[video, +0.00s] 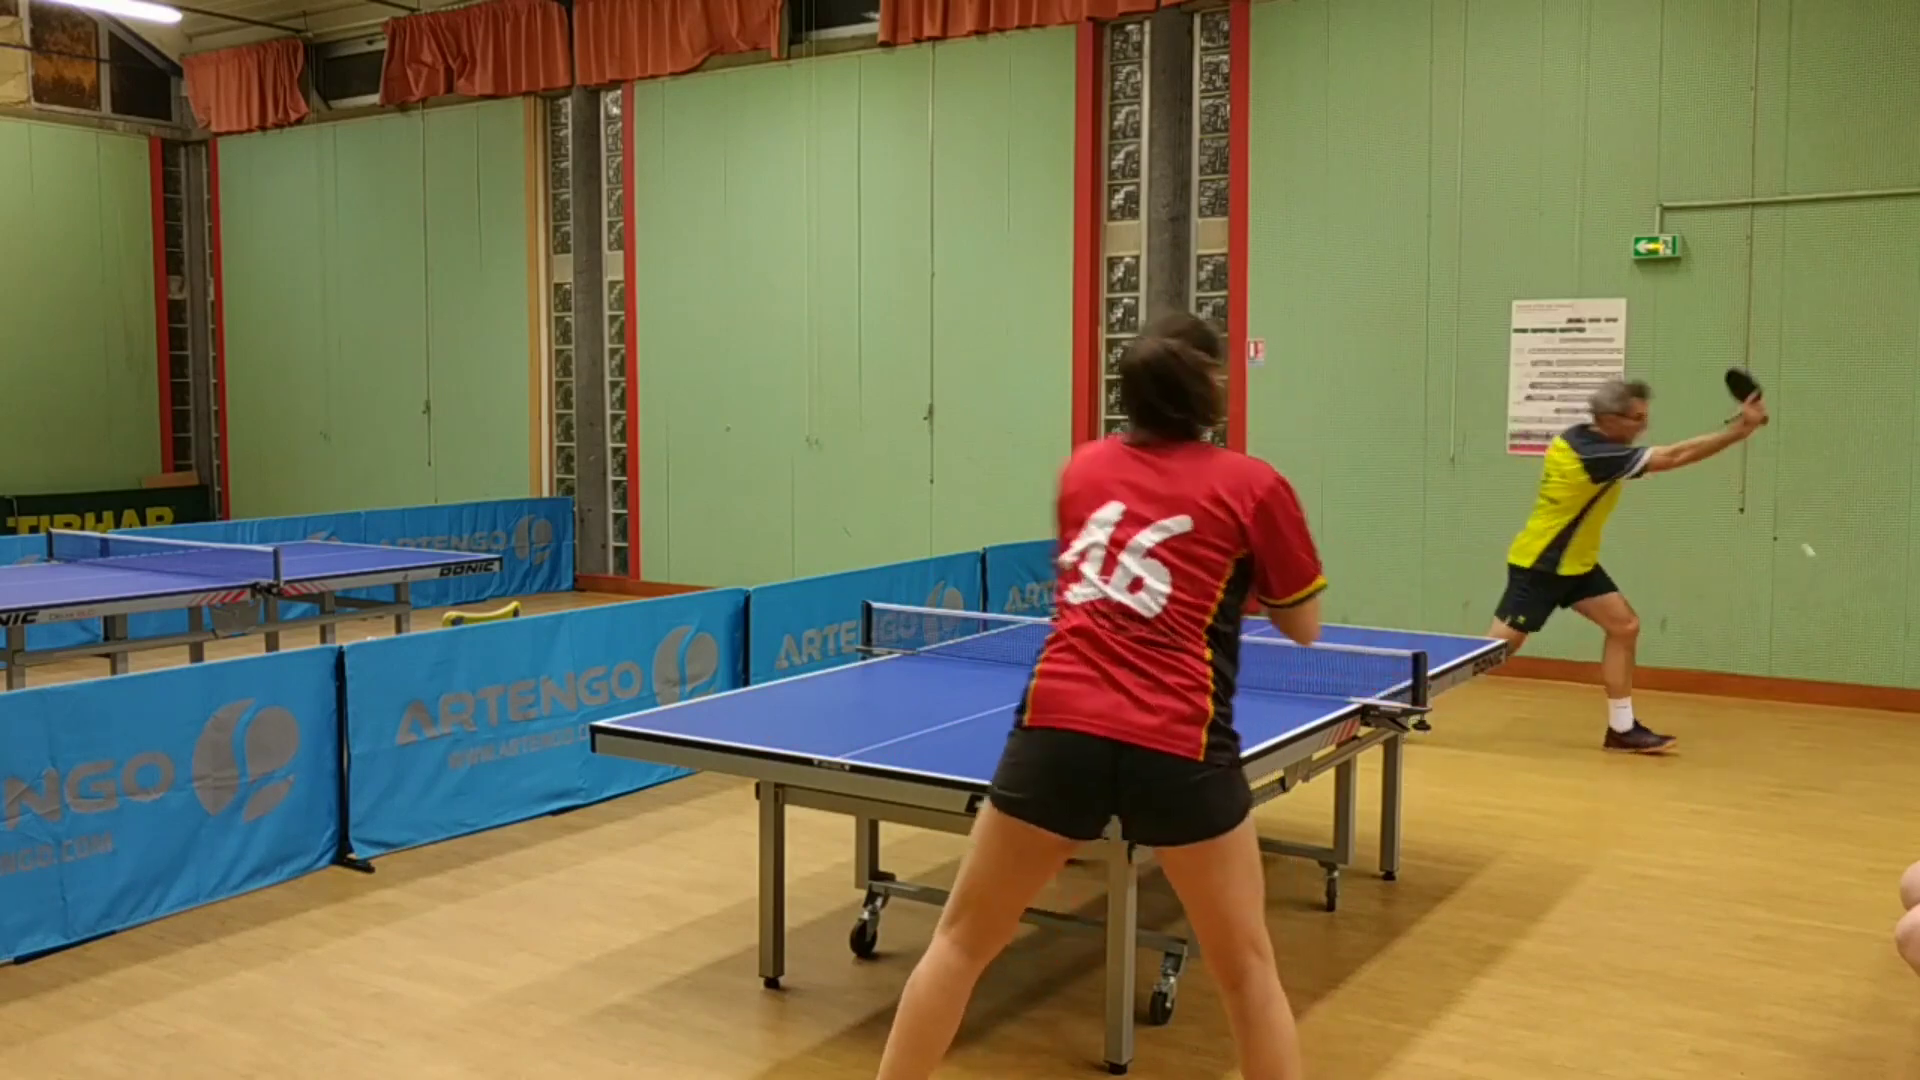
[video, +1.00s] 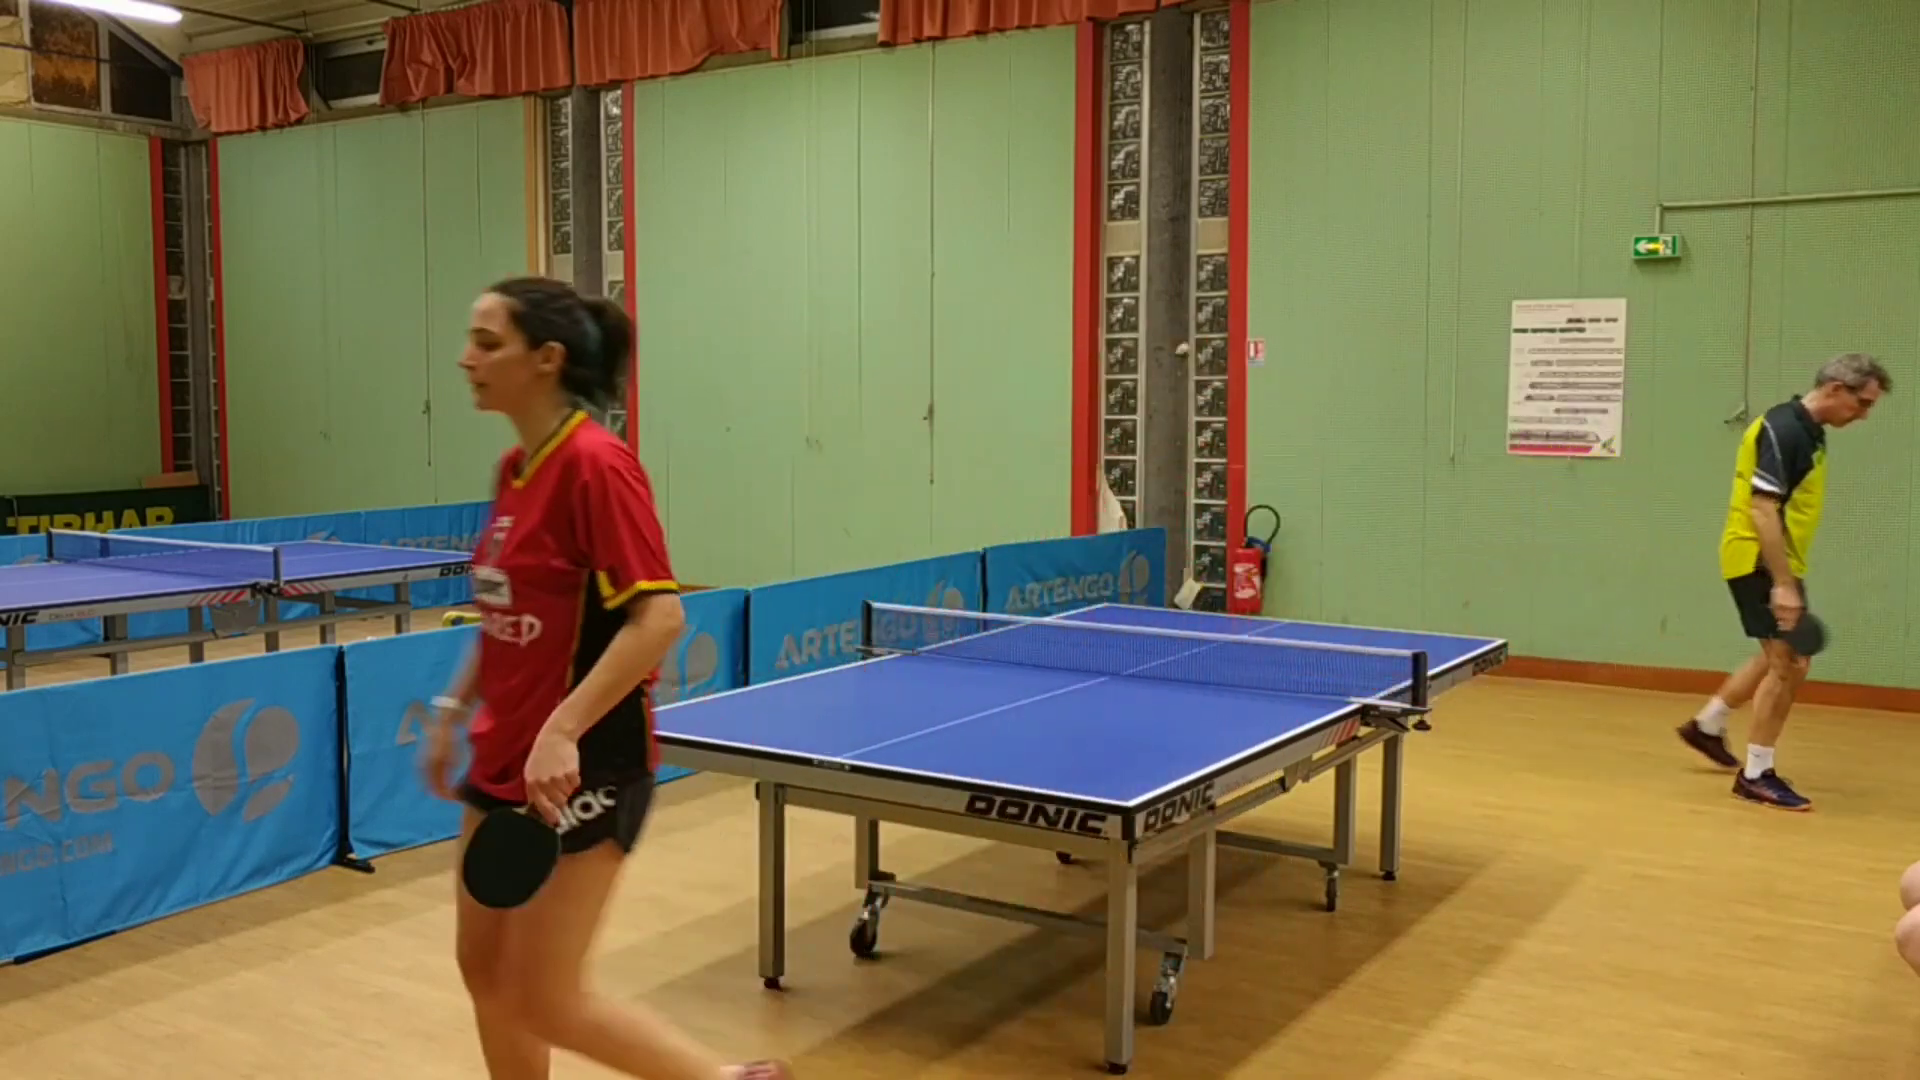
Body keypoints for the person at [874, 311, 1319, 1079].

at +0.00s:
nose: (1227, 381)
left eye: (1222, 370)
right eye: (1222, 372)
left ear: (1128, 392)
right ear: (1212, 391)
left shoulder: (1084, 468)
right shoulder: (1252, 486)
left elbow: (1100, 575)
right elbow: (1303, 623)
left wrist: (1224, 571)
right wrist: (1231, 571)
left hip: (1056, 736)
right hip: (1180, 752)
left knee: (960, 943)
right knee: (1247, 969)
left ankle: (893, 1074)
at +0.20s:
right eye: (1055, 382)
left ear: (974, 400)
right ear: (1057, 397)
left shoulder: (932, 493)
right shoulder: (1112, 497)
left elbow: (890, 599)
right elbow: (1185, 626)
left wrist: (971, 561)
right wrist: (1114, 570)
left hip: (960, 774)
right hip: (1080, 773)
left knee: (898, 961)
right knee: (1179, 975)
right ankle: (1249, 1078)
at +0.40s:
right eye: (919, 356)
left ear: (843, 370)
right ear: (925, 367)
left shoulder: (808, 474)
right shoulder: (982, 468)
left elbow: (758, 629)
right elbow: (1037, 603)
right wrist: (956, 605)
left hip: (864, 755)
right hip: (970, 746)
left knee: (851, 967)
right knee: (982, 928)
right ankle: (1099, 1069)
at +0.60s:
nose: (719, 340)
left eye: (722, 327)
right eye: (722, 326)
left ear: (741, 342)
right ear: (806, 339)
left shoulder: (736, 448)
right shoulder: (853, 431)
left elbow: (727, 598)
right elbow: (902, 537)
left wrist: (660, 668)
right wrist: (851, 618)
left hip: (811, 729)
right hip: (875, 714)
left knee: (842, 967)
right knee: (744, 897)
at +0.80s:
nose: (590, 359)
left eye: (604, 346)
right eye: (595, 344)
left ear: (652, 365)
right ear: (654, 367)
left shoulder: (686, 469)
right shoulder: (673, 463)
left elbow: (715, 622)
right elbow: (693, 621)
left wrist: (590, 699)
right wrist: (601, 709)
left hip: (719, 754)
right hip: (665, 750)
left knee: (789, 970)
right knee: (607, 950)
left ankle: (874, 1072)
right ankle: (579, 1079)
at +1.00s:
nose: (466, 358)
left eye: (486, 343)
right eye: (469, 341)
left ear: (548, 359)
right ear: (534, 360)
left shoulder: (595, 463)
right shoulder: (515, 467)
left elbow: (658, 618)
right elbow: (508, 613)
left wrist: (561, 728)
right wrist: (456, 705)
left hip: (590, 771)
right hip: (507, 763)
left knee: (544, 997)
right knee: (487, 969)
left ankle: (723, 1076)